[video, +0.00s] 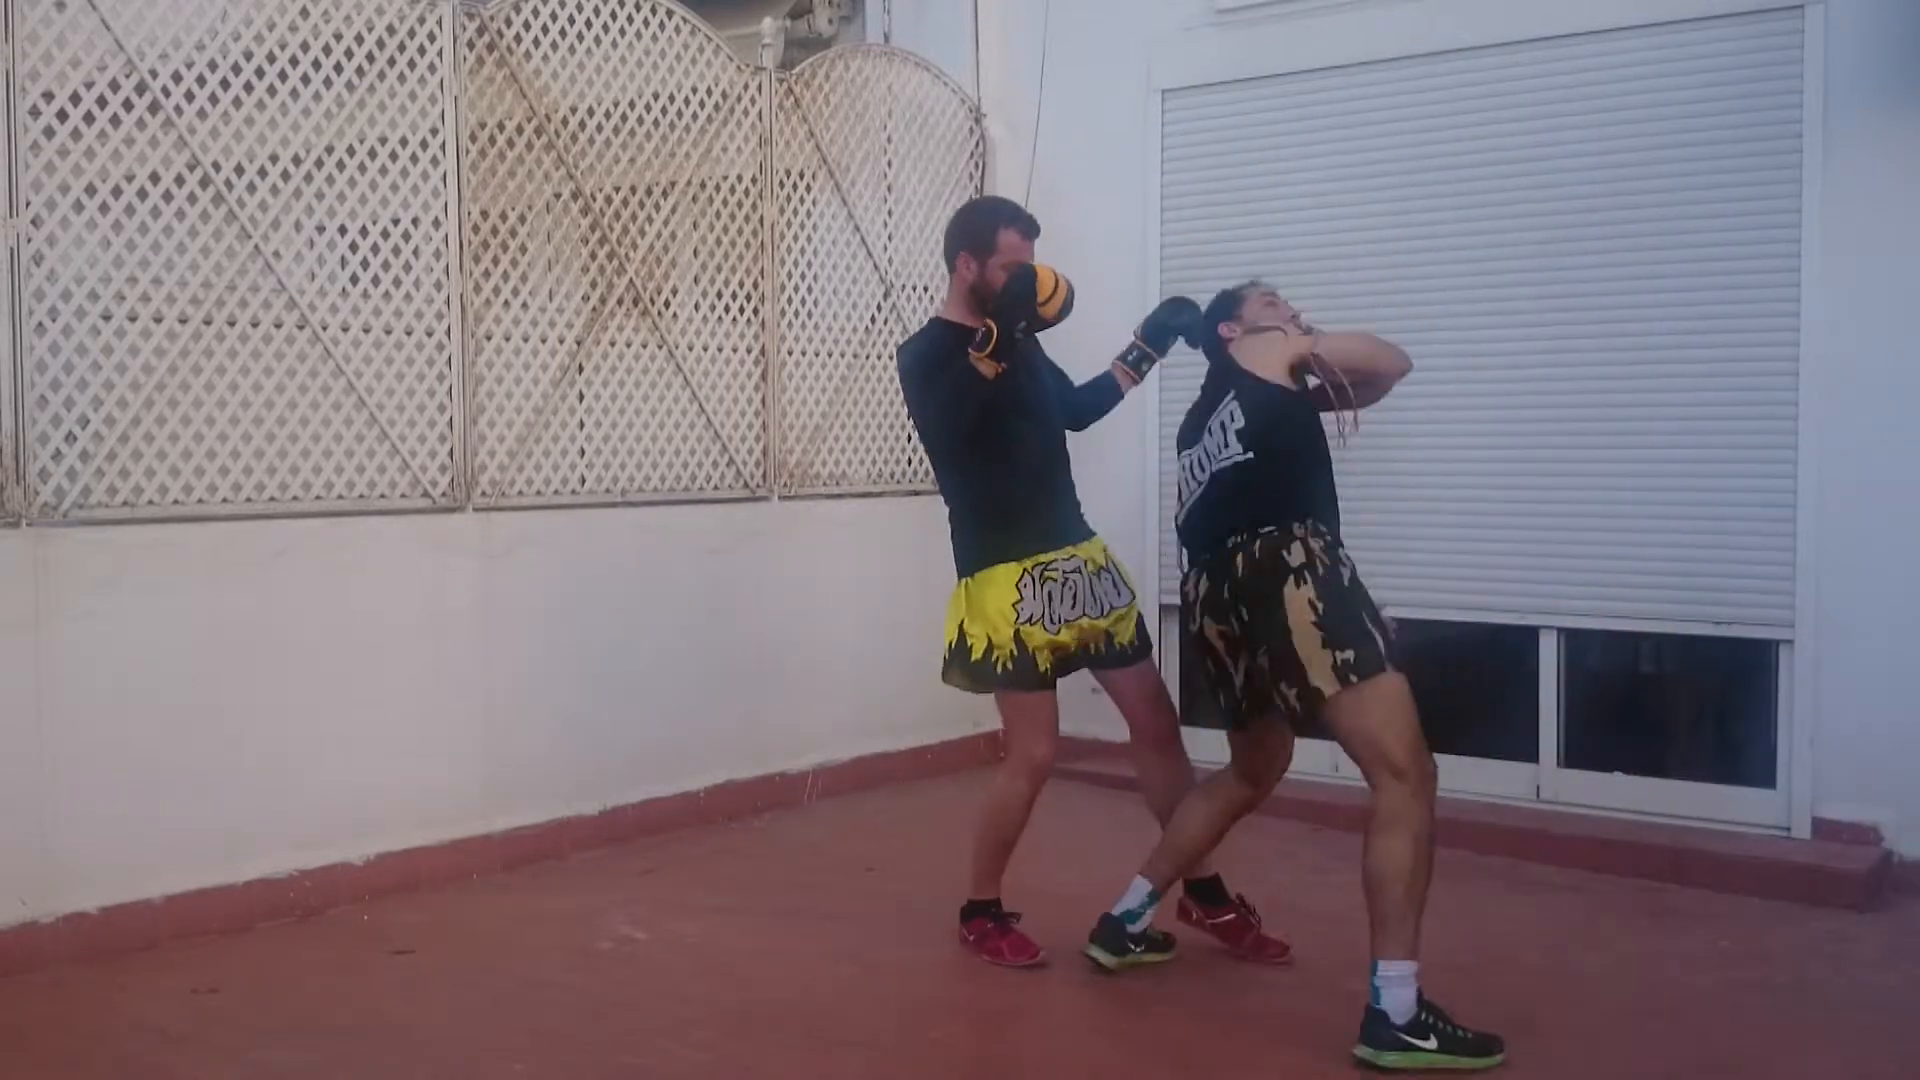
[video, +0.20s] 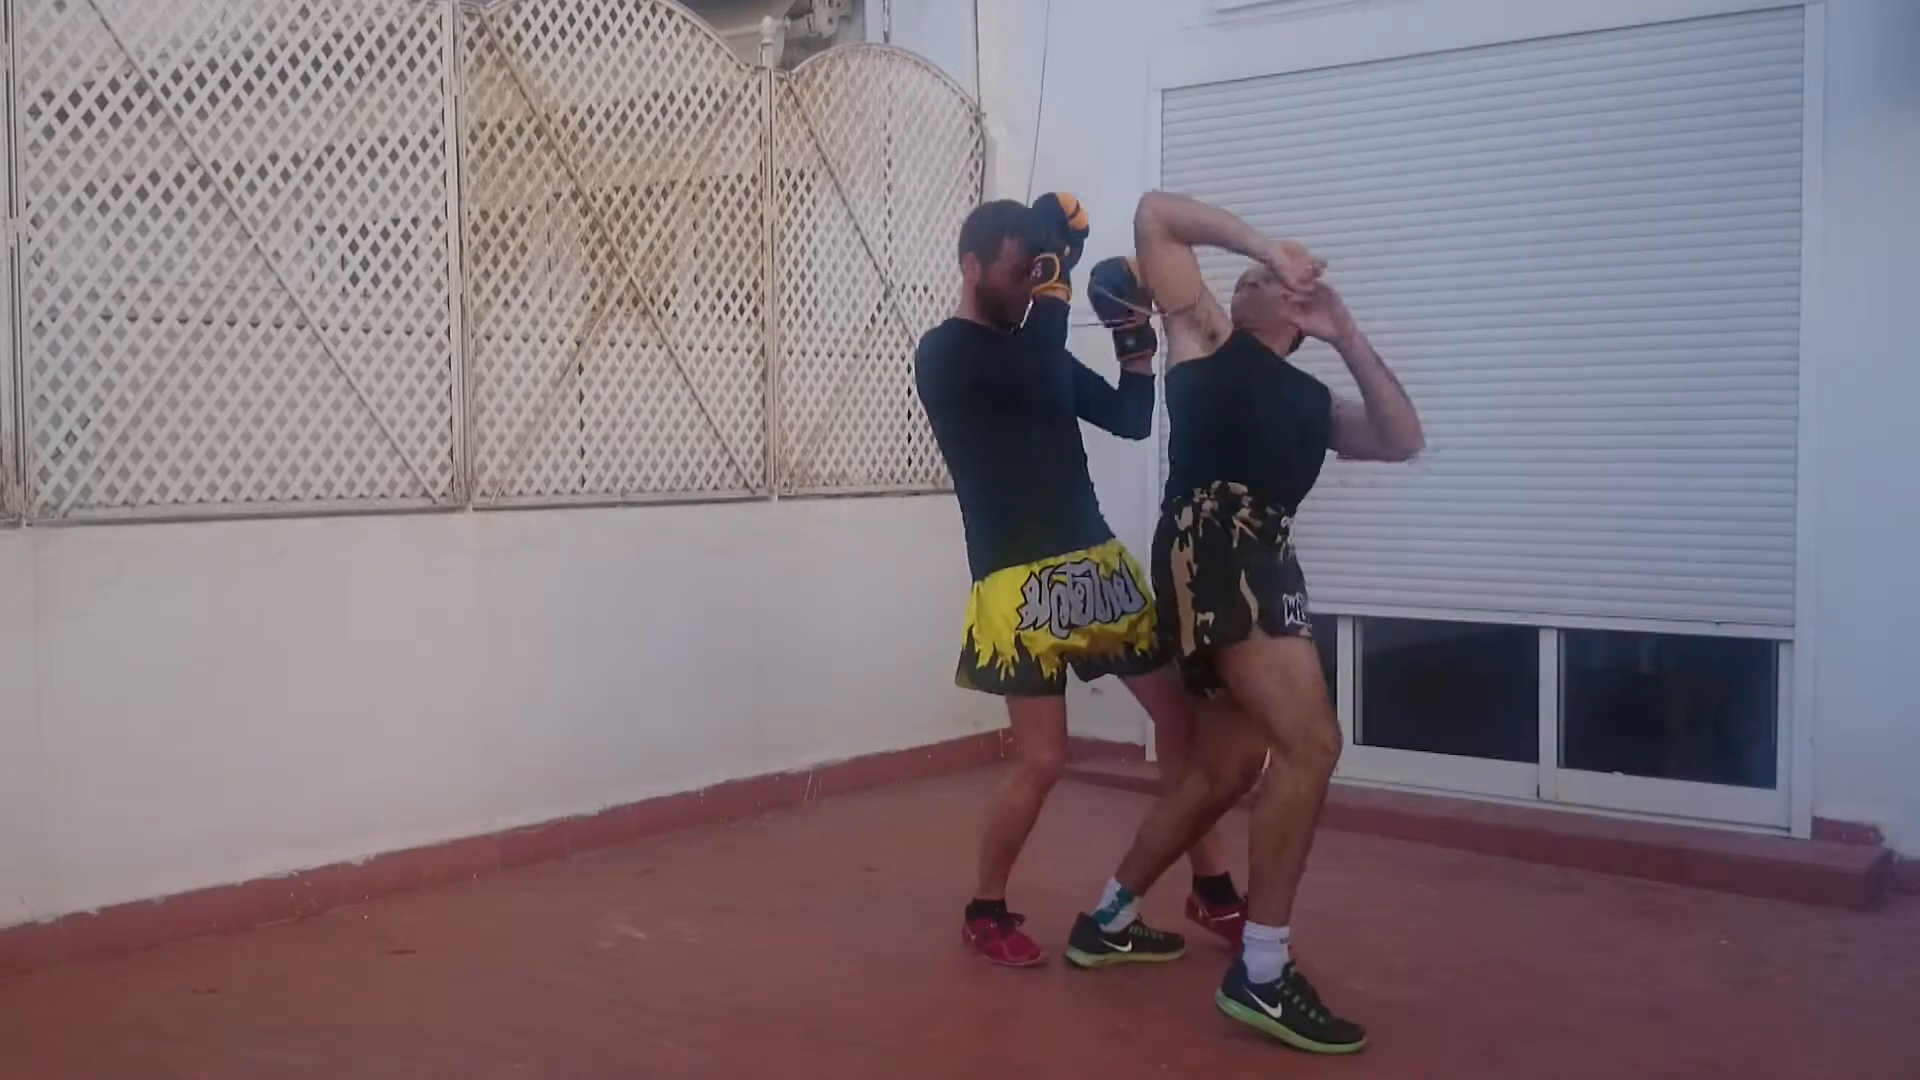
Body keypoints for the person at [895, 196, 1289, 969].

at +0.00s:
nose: (1026, 282)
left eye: (1030, 269)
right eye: (1015, 269)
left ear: (1018, 268)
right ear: (966, 265)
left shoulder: (1014, 338)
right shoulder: (927, 352)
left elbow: (1075, 410)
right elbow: (949, 432)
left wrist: (1146, 347)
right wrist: (1003, 343)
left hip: (1079, 554)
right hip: (1004, 572)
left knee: (1154, 717)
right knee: (1031, 753)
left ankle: (1203, 890)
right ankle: (982, 911)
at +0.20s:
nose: (1038, 280)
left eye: (1041, 267)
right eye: (1022, 266)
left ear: (1034, 272)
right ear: (972, 267)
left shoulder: (1038, 350)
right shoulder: (944, 350)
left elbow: (1129, 418)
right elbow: (1028, 375)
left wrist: (1136, 348)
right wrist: (1054, 289)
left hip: (1095, 556)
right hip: (1016, 571)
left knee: (1179, 716)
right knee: (1041, 756)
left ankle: (1211, 884)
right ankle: (986, 908)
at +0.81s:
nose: (1038, 276)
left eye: (1042, 262)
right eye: (1025, 260)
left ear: (1029, 262)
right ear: (976, 255)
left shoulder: (1019, 343)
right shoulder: (945, 335)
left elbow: (1076, 434)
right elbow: (1026, 359)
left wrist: (1105, 361)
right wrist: (1070, 272)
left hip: (1062, 547)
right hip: (1001, 562)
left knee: (1118, 720)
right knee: (1038, 745)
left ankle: (1161, 881)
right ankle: (984, 908)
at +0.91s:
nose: (1031, 266)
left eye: (1035, 253)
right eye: (1017, 251)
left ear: (1029, 253)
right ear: (969, 250)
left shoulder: (1007, 338)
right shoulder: (940, 332)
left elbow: (1044, 445)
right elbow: (974, 398)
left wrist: (1094, 388)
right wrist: (1045, 327)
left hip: (1048, 542)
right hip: (989, 555)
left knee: (1100, 706)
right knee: (1025, 735)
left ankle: (1076, 872)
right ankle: (983, 907)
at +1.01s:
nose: (1026, 253)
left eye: (1030, 240)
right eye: (1012, 239)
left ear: (1022, 244)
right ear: (965, 241)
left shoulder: (1010, 330)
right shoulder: (933, 329)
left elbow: (1034, 437)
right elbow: (924, 448)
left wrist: (1095, 395)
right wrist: (1005, 416)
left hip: (1032, 541)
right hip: (978, 551)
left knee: (1056, 711)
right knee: (1009, 727)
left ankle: (983, 847)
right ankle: (982, 904)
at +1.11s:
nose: (1024, 248)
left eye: (1028, 236)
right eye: (1010, 236)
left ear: (1022, 243)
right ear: (964, 240)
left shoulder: (1008, 335)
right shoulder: (926, 329)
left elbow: (1016, 447)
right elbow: (874, 440)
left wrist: (1086, 412)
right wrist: (935, 470)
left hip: (1012, 542)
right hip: (965, 549)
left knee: (983, 711)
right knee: (999, 721)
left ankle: (932, 850)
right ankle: (984, 902)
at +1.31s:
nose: (1006, 257)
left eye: (1013, 245)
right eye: (993, 243)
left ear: (1012, 249)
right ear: (950, 244)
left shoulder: (1003, 332)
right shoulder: (901, 328)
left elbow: (1009, 438)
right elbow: (841, 428)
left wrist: (1071, 429)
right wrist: (882, 468)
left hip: (974, 538)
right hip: (921, 539)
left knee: (924, 711)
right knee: (961, 705)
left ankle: (926, 865)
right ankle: (921, 876)